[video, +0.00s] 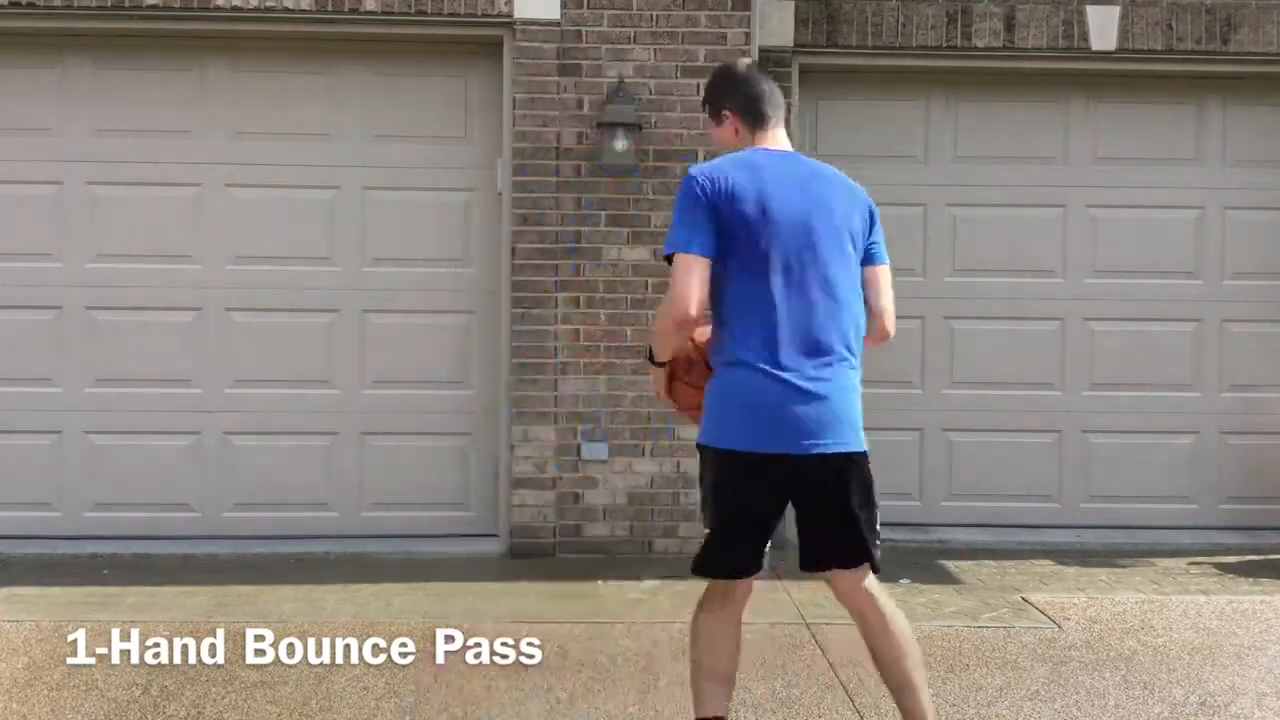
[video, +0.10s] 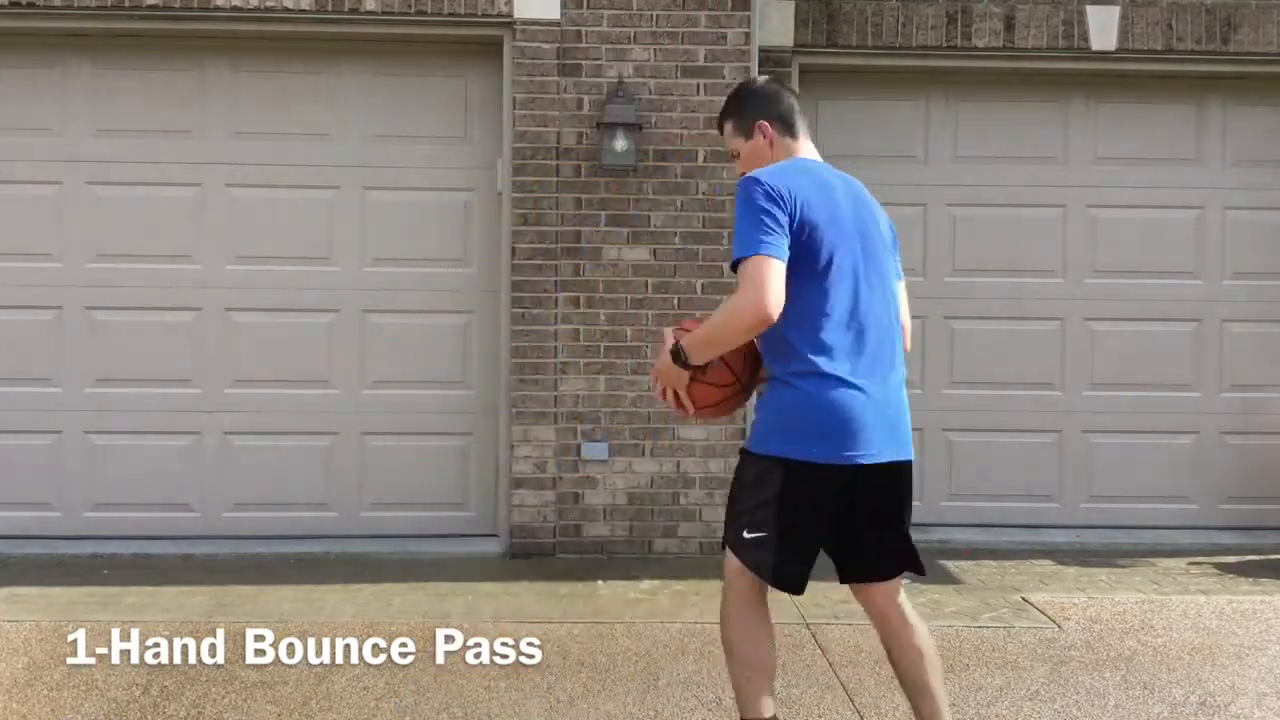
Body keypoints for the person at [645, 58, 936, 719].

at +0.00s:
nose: (708, 138)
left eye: (709, 126)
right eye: (708, 126)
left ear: (728, 121)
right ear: (780, 119)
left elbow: (685, 308)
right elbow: (882, 325)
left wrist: (662, 353)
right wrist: (807, 336)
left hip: (744, 427)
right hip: (833, 426)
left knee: (726, 590)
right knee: (858, 583)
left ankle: (710, 715)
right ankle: (921, 715)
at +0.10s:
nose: (738, 170)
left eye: (736, 153)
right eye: (734, 156)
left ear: (763, 134)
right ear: (793, 133)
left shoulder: (770, 186)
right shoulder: (870, 205)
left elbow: (761, 303)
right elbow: (897, 334)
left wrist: (684, 351)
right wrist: (770, 358)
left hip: (800, 433)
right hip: (883, 435)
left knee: (745, 578)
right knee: (883, 589)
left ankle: (756, 713)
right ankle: (935, 715)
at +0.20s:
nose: (752, 177)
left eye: (750, 159)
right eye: (745, 165)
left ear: (782, 132)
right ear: (796, 135)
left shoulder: (809, 181)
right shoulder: (869, 188)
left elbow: (840, 293)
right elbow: (869, 310)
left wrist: (745, 353)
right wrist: (760, 352)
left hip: (851, 419)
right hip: (916, 422)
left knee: (769, 576)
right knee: (884, 584)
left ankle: (804, 715)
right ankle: (937, 714)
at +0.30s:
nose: (760, 171)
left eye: (760, 153)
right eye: (753, 159)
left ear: (795, 124)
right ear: (799, 129)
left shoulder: (844, 176)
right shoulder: (845, 181)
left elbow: (904, 286)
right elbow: (851, 311)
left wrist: (827, 358)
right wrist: (776, 351)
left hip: (876, 422)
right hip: (912, 421)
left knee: (796, 586)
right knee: (890, 589)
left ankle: (842, 716)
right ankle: (940, 715)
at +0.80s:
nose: (746, 161)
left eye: (746, 141)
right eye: (739, 148)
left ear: (789, 116)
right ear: (789, 122)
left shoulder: (879, 190)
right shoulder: (805, 207)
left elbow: (943, 320)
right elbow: (843, 331)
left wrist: (839, 378)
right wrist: (795, 369)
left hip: (905, 441)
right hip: (845, 437)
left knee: (835, 618)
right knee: (803, 579)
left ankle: (876, 718)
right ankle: (874, 709)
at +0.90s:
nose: (735, 161)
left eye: (735, 143)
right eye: (730, 148)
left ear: (773, 125)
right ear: (777, 128)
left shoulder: (868, 194)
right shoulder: (800, 213)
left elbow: (922, 330)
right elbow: (839, 337)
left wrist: (804, 374)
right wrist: (788, 395)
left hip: (902, 438)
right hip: (845, 433)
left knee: (827, 621)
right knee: (799, 581)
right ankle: (818, 710)